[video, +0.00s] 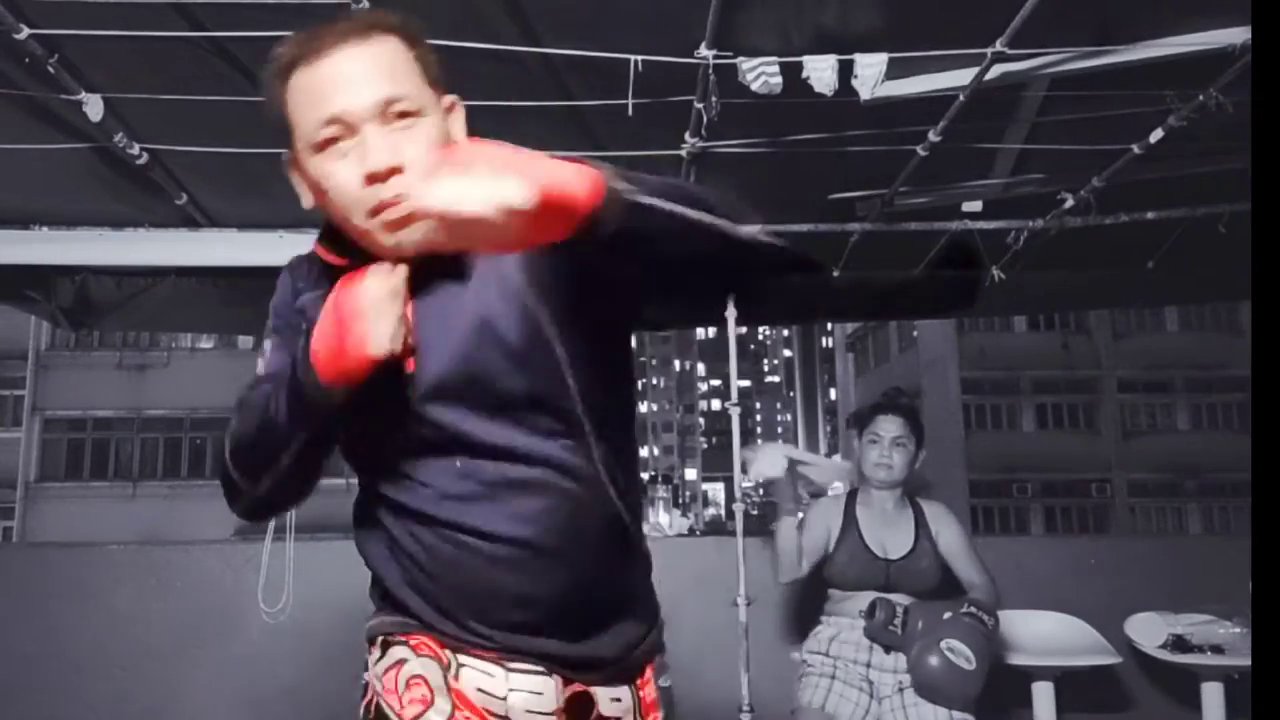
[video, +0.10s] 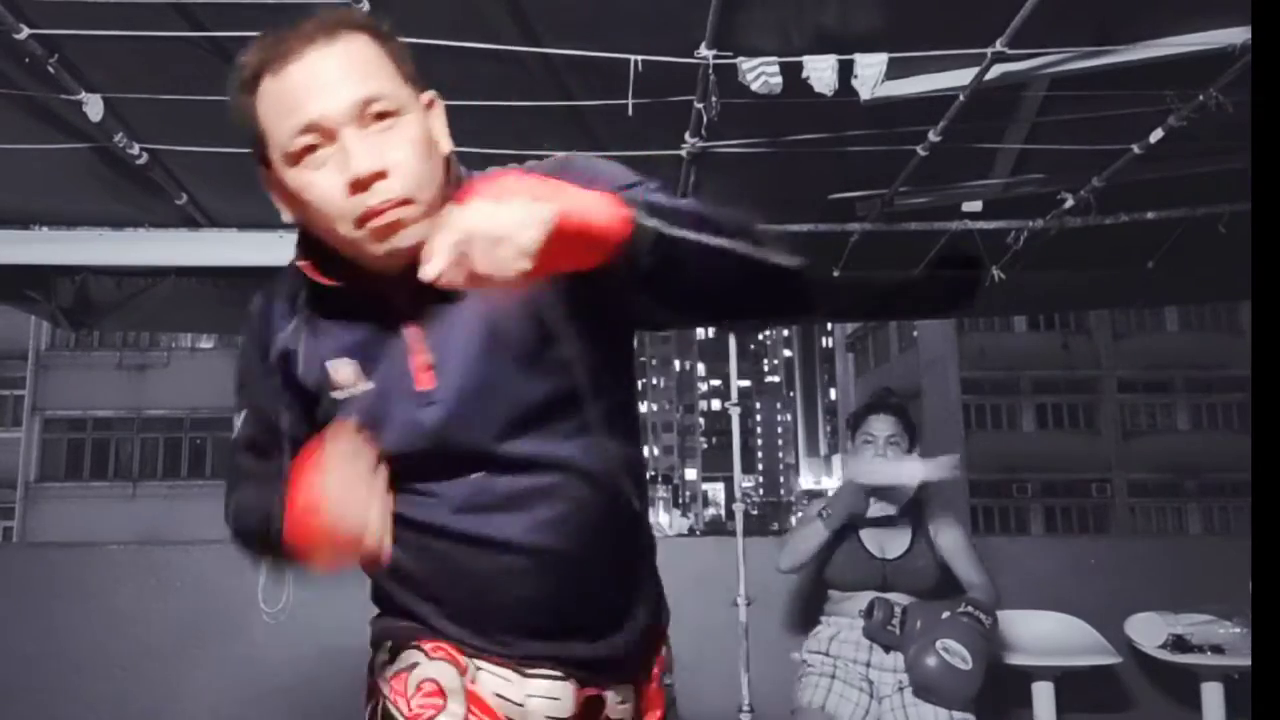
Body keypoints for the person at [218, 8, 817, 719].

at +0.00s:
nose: (377, 159)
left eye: (399, 117)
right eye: (335, 140)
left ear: (455, 124)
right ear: (304, 182)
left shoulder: (565, 244)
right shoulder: (317, 289)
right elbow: (251, 494)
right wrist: (320, 371)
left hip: (611, 658)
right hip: (444, 656)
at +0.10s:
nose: (358, 164)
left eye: (376, 119)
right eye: (311, 150)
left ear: (435, 119)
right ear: (279, 193)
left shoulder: (550, 209)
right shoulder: (292, 327)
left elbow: (784, 283)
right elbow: (248, 496)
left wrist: (598, 231)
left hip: (626, 662)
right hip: (457, 666)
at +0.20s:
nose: (478, 125)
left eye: (489, 80)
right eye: (424, 106)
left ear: (526, 91)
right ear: (368, 161)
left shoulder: (593, 240)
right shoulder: (333, 319)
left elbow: (790, 241)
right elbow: (265, 549)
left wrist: (695, 185)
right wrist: (364, 684)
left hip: (606, 667)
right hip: (448, 663)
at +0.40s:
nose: (586, 109)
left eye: (599, 77)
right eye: (540, 84)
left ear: (621, 94)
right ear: (467, 121)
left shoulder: (617, 234)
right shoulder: (430, 241)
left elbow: (742, 321)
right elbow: (385, 446)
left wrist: (729, 244)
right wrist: (511, 268)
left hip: (580, 649)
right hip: (442, 659)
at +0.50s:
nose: (582, 114)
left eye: (597, 89)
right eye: (550, 92)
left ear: (622, 97)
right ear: (478, 126)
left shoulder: (626, 242)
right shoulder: (438, 213)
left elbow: (739, 352)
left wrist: (721, 260)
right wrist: (509, 186)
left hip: (585, 651)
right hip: (437, 646)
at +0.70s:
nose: (456, 97)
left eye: (483, 64)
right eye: (413, 76)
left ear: (533, 100)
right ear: (364, 127)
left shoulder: (622, 226)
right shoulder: (344, 252)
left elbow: (823, 337)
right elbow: (194, 391)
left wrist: (709, 254)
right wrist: (348, 237)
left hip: (606, 670)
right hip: (434, 655)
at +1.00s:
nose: (562, 107)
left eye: (579, 76)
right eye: (514, 80)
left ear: (604, 91)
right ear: (432, 120)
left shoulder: (638, 240)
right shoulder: (377, 245)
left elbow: (808, 360)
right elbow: (282, 454)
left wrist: (725, 225)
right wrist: (425, 261)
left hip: (615, 659)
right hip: (454, 654)